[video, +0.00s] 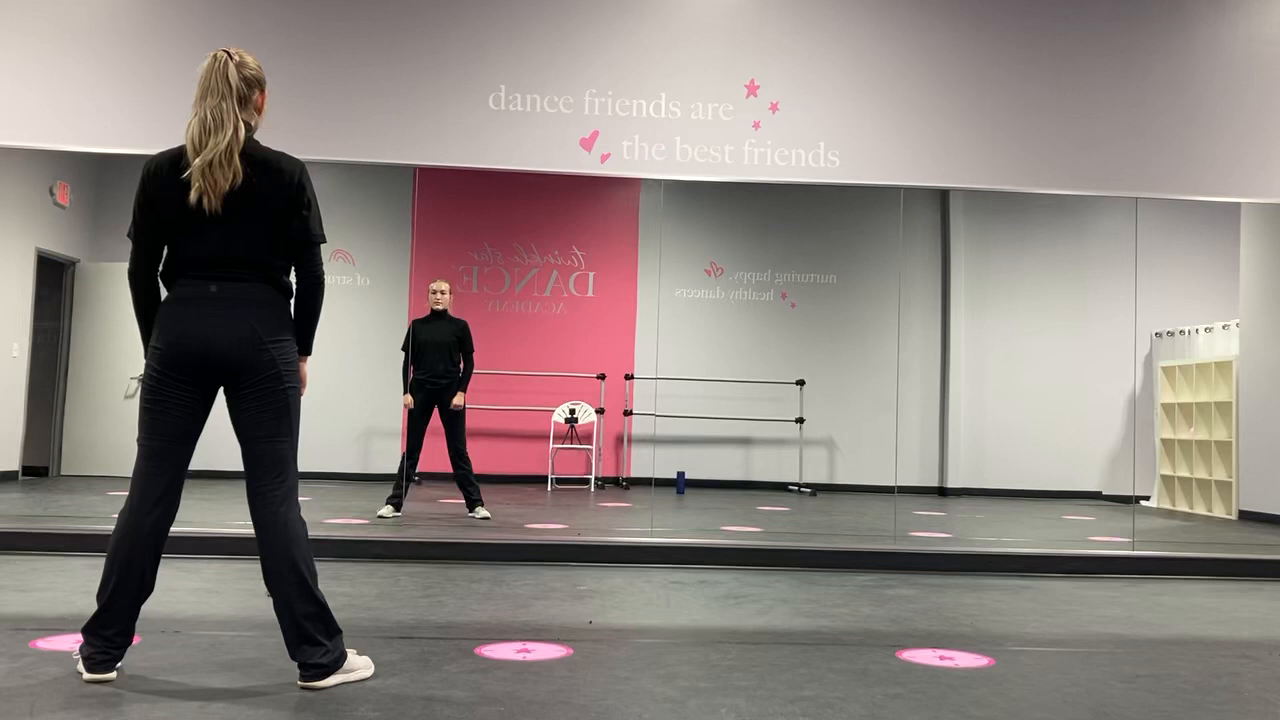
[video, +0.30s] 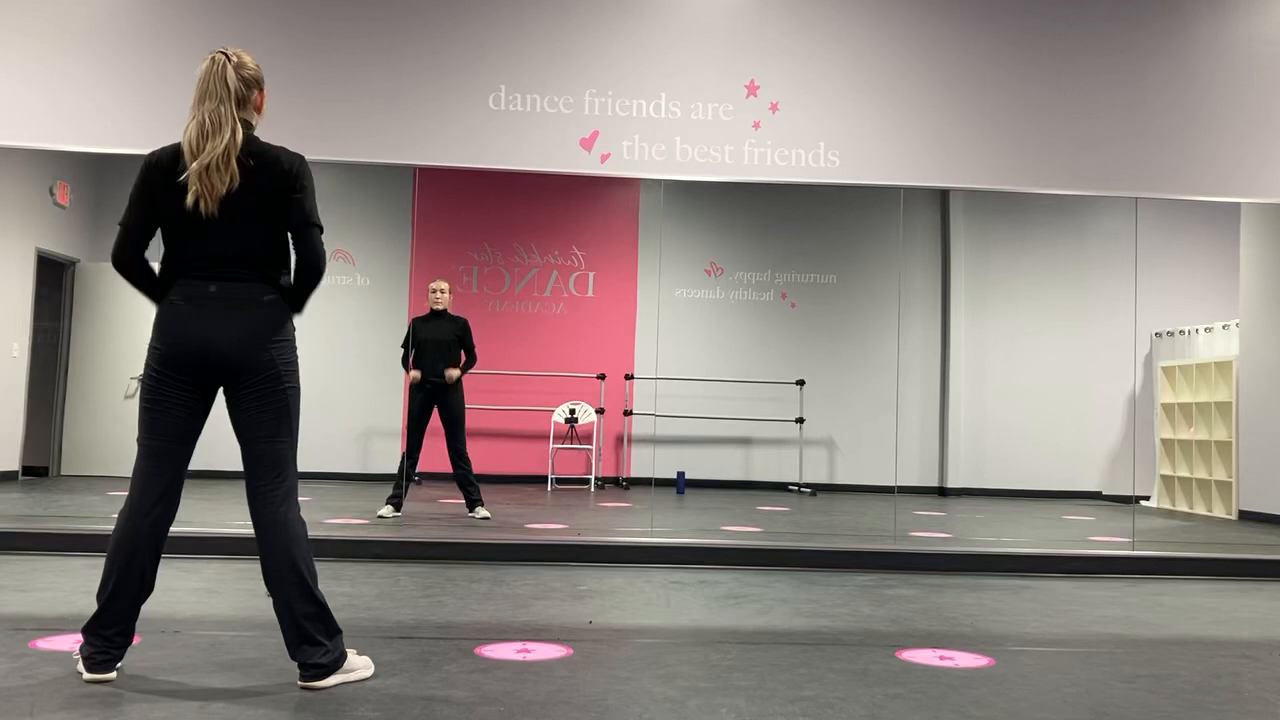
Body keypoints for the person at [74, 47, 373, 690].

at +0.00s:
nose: (268, 105)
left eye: (264, 95)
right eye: (266, 96)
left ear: (202, 96)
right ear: (254, 99)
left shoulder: (162, 169)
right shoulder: (285, 173)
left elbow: (141, 271)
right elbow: (312, 274)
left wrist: (157, 349)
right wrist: (301, 348)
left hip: (180, 328)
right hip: (261, 329)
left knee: (150, 490)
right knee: (275, 497)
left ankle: (101, 649)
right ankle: (319, 656)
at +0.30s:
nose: (267, 104)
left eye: (264, 93)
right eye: (265, 95)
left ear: (201, 96)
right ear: (253, 99)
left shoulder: (164, 164)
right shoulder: (286, 168)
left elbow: (125, 255)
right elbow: (313, 262)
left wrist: (169, 298)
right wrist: (284, 310)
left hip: (179, 327)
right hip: (261, 329)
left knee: (150, 490)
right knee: (275, 496)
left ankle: (101, 649)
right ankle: (319, 656)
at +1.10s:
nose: (265, 97)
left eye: (257, 86)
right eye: (264, 87)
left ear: (198, 93)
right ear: (254, 96)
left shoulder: (176, 144)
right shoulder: (275, 141)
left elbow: (194, 58)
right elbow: (283, 60)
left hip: (184, 319)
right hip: (262, 319)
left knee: (152, 488)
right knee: (276, 494)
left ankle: (102, 647)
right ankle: (318, 655)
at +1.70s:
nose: (267, 100)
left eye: (260, 90)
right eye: (264, 91)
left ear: (203, 97)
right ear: (257, 98)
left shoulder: (178, 150)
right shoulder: (280, 149)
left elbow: (143, 69)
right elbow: (331, 72)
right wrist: (366, 3)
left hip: (183, 320)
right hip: (262, 321)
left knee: (151, 489)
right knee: (275, 496)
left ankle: (103, 648)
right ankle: (319, 657)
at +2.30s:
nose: (266, 101)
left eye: (261, 92)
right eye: (262, 93)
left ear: (204, 98)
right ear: (252, 99)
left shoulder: (170, 156)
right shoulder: (283, 156)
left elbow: (86, 118)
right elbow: (367, 122)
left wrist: (4, 62)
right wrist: (445, 76)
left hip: (184, 315)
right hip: (263, 316)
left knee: (151, 489)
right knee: (275, 495)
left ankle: (102, 649)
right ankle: (319, 657)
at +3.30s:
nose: (261, 104)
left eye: (257, 93)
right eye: (259, 95)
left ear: (197, 96)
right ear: (248, 98)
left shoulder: (161, 169)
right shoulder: (278, 169)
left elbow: (117, 250)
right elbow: (329, 249)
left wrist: (59, 319)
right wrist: (387, 321)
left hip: (179, 327)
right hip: (260, 329)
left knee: (150, 489)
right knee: (274, 495)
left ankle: (102, 648)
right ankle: (318, 656)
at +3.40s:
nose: (261, 103)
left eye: (258, 91)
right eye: (259, 93)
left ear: (196, 95)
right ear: (247, 98)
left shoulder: (160, 169)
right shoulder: (277, 170)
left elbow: (123, 259)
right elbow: (321, 257)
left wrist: (73, 331)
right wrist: (368, 333)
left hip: (177, 329)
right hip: (259, 331)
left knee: (149, 490)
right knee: (273, 494)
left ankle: (102, 648)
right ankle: (318, 655)